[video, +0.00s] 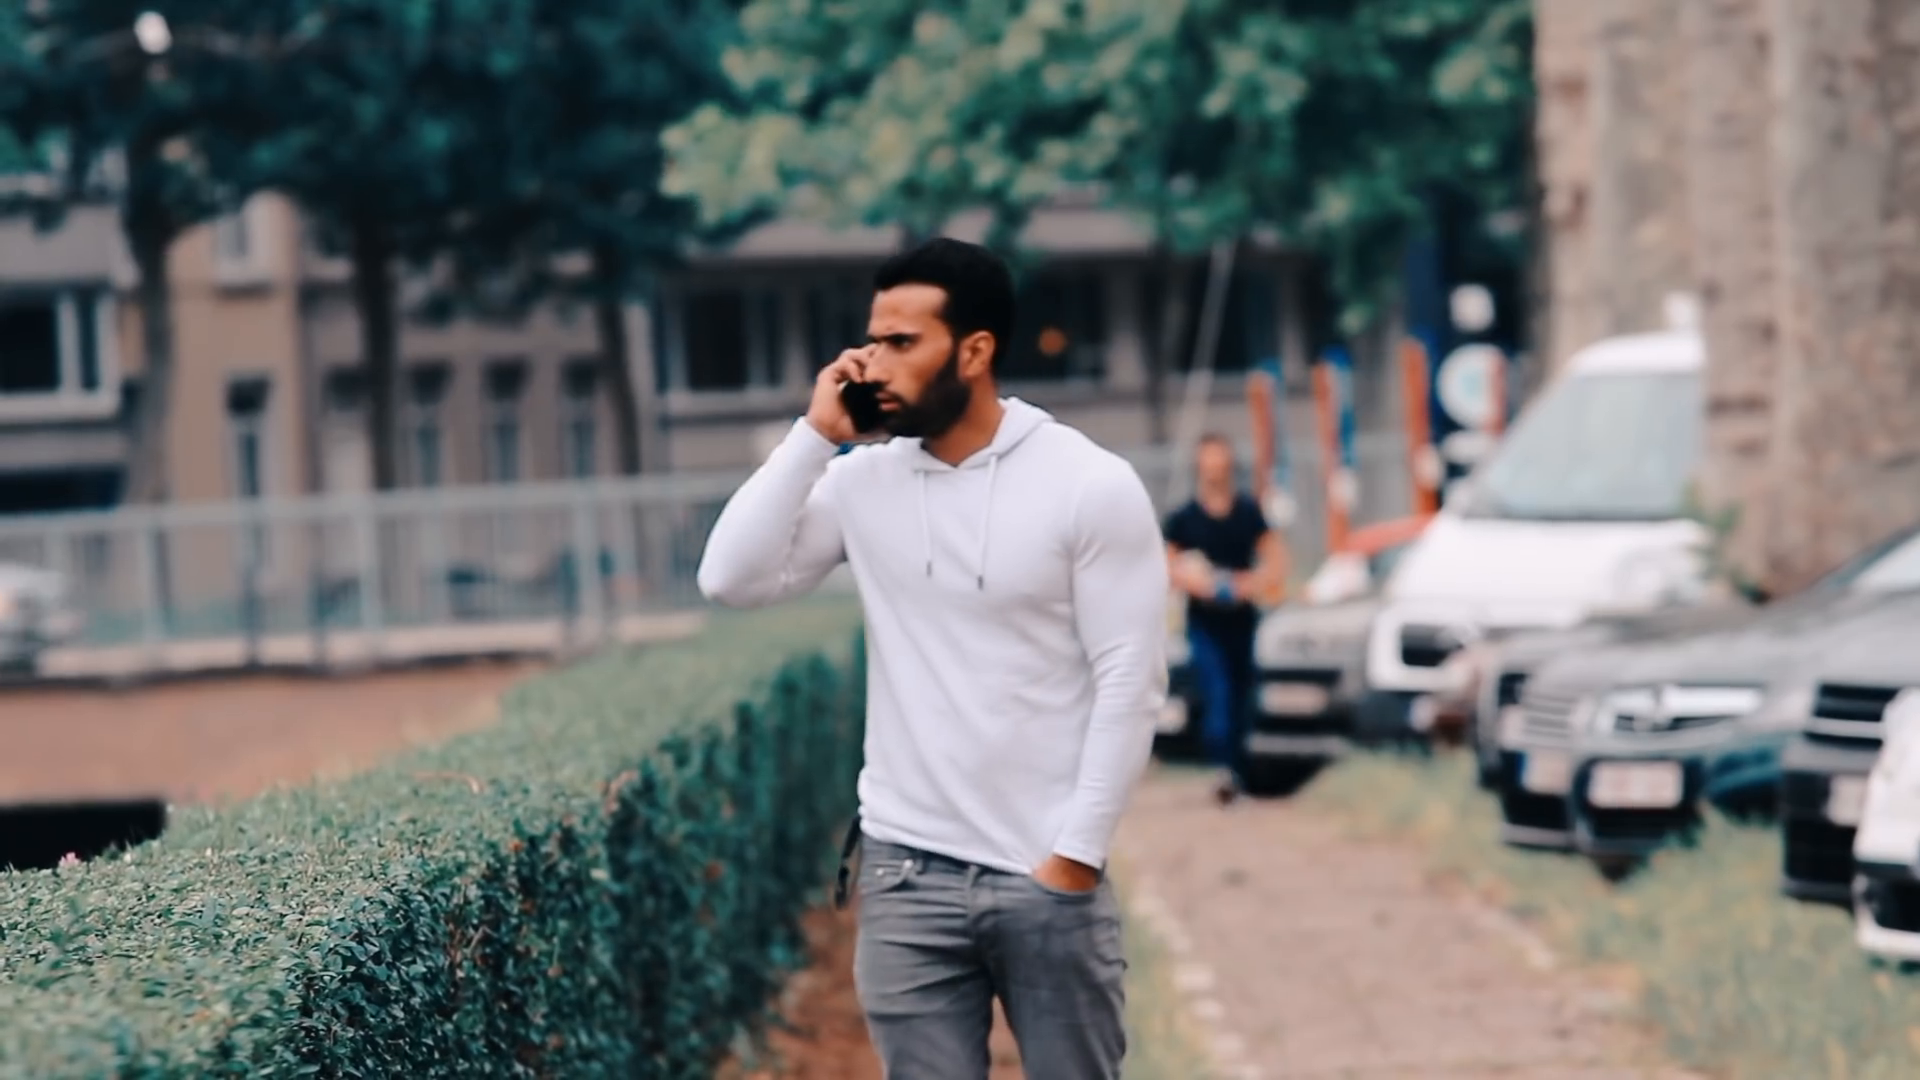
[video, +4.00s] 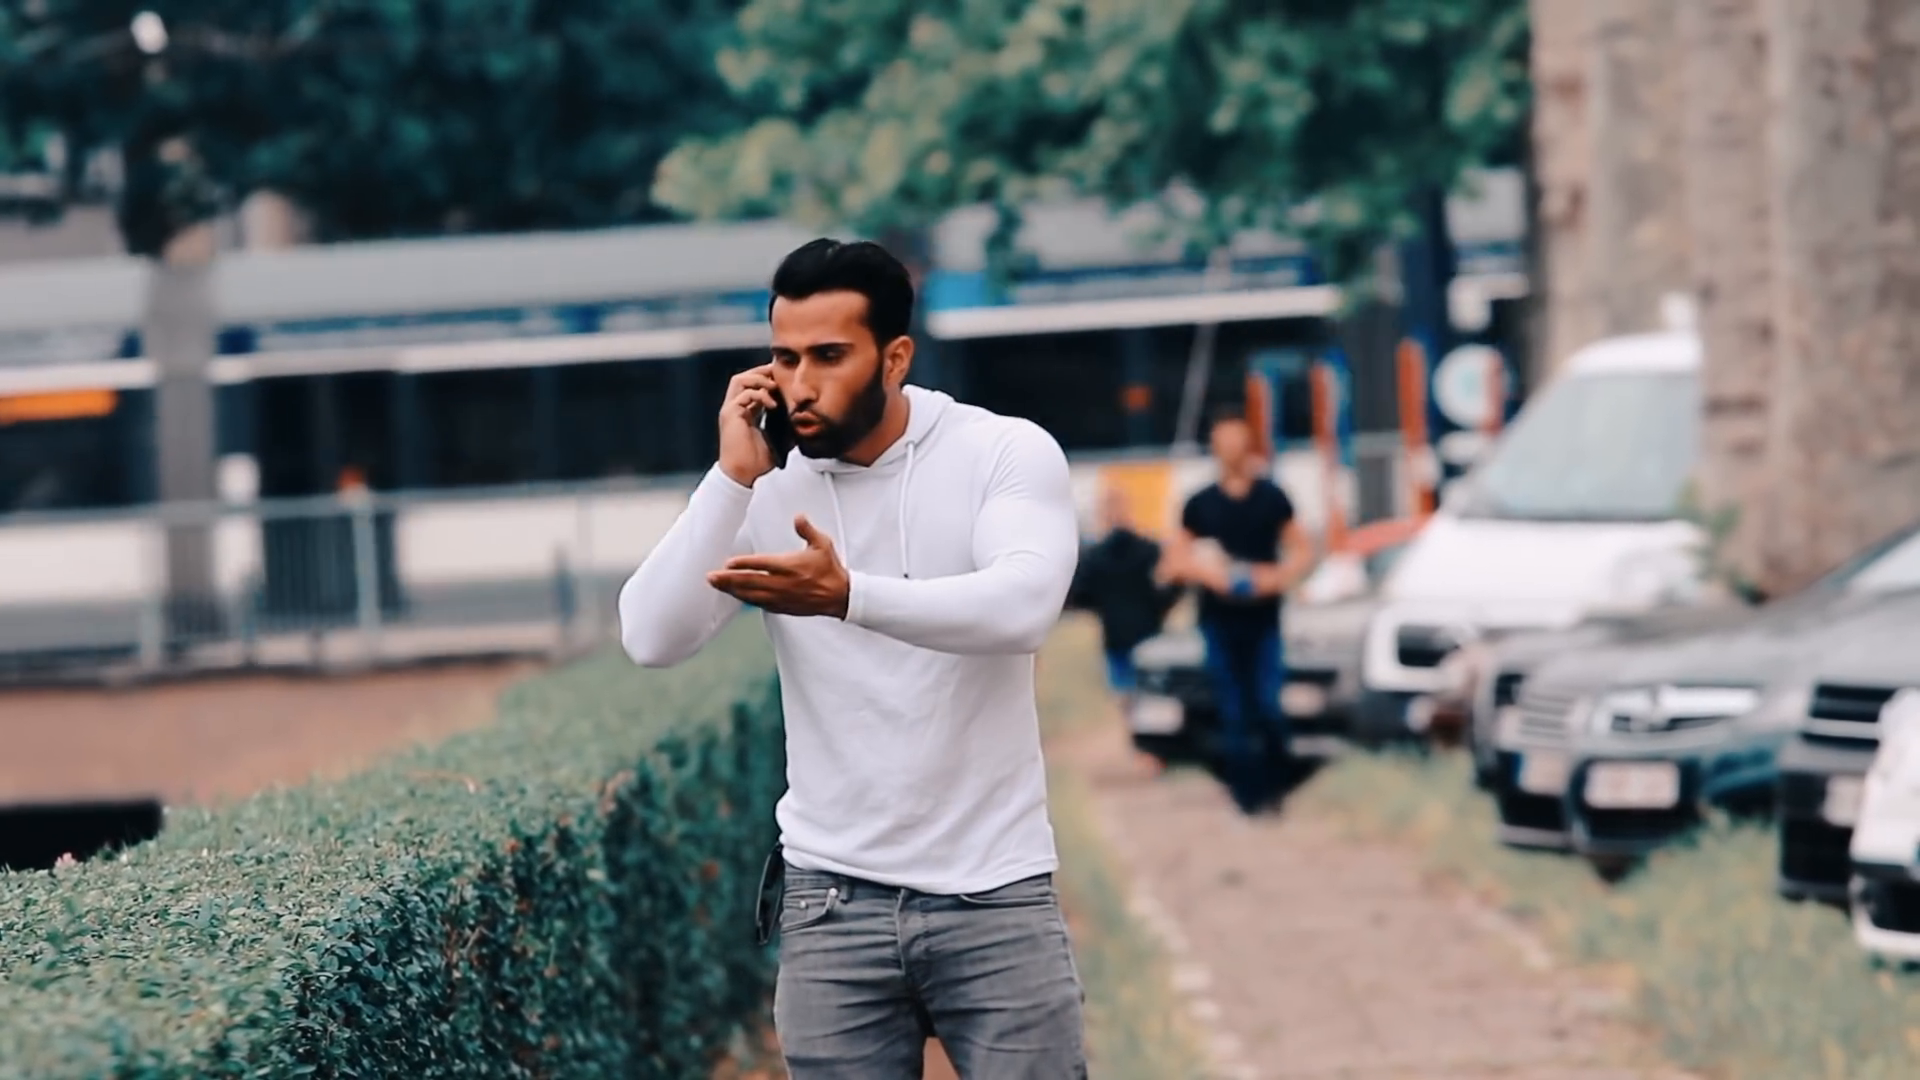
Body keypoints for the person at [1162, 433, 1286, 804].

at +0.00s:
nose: (1215, 472)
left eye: (1221, 464)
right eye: (1209, 464)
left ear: (1231, 466)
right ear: (1198, 467)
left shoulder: (1248, 512)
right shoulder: (1185, 519)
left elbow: (1275, 557)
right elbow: (1169, 564)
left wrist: (1254, 582)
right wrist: (1195, 583)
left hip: (1240, 609)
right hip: (1205, 611)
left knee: (1240, 687)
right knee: (1217, 688)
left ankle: (1236, 763)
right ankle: (1223, 768)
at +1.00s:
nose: (1226, 473)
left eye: (1232, 465)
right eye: (1219, 465)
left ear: (1244, 466)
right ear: (1207, 469)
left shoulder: (1262, 512)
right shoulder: (1196, 517)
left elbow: (1288, 556)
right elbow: (1186, 563)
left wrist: (1267, 583)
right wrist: (1205, 582)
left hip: (1253, 613)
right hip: (1215, 615)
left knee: (1256, 698)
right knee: (1228, 699)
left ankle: (1262, 779)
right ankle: (1230, 782)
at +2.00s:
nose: (1221, 471)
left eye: (1227, 463)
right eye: (1214, 463)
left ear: (1236, 465)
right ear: (1202, 466)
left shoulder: (1257, 515)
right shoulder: (1187, 521)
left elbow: (1283, 559)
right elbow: (1166, 569)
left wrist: (1259, 586)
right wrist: (1200, 582)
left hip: (1249, 622)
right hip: (1209, 624)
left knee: (1252, 704)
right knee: (1222, 705)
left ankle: (1255, 787)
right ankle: (1231, 790)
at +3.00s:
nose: (1226, 455)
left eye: (1232, 446)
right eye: (1218, 447)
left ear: (1243, 451)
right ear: (1208, 454)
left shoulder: (1268, 509)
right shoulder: (1195, 515)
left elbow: (1293, 560)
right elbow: (1168, 568)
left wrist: (1265, 584)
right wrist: (1209, 580)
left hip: (1256, 623)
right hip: (1214, 626)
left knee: (1262, 708)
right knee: (1227, 710)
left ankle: (1264, 785)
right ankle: (1239, 790)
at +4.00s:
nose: (1231, 452)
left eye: (1237, 444)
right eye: (1224, 445)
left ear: (1250, 446)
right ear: (1213, 448)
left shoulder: (1270, 497)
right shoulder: (1200, 504)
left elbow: (1302, 550)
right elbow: (1178, 560)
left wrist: (1276, 578)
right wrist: (1211, 575)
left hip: (1262, 613)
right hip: (1219, 615)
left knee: (1266, 702)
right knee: (1232, 706)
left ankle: (1273, 785)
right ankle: (1246, 789)